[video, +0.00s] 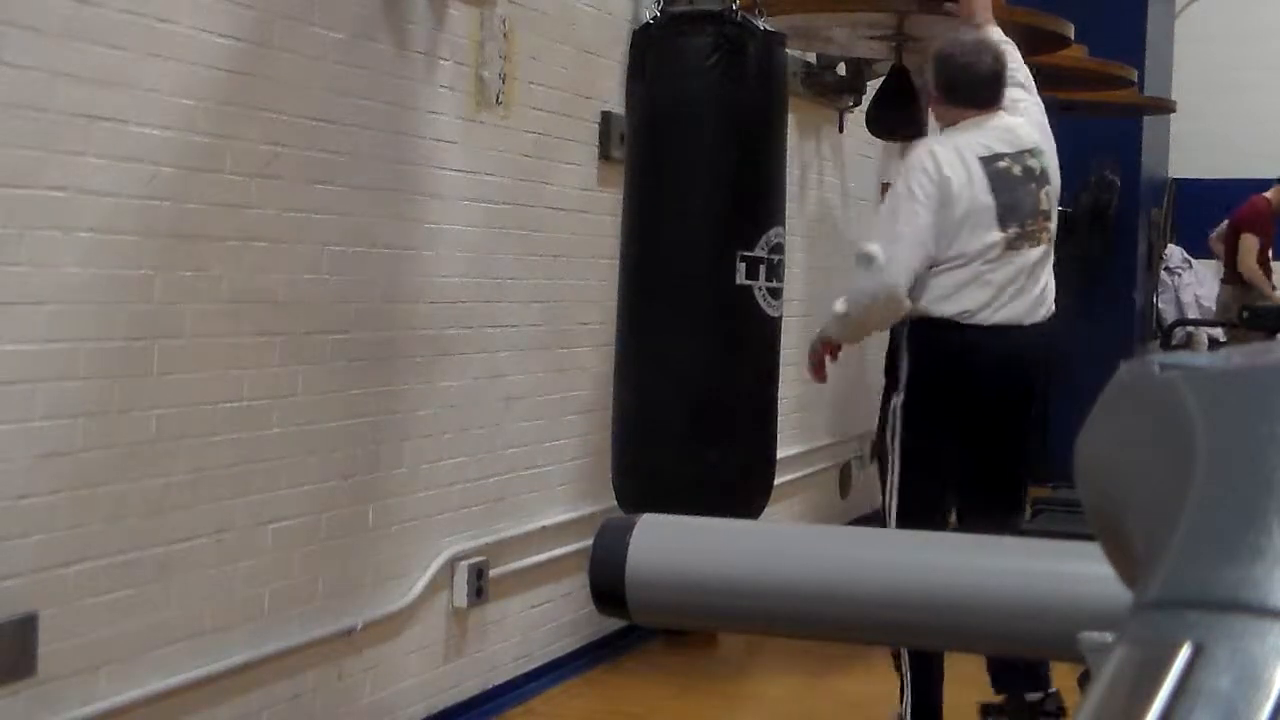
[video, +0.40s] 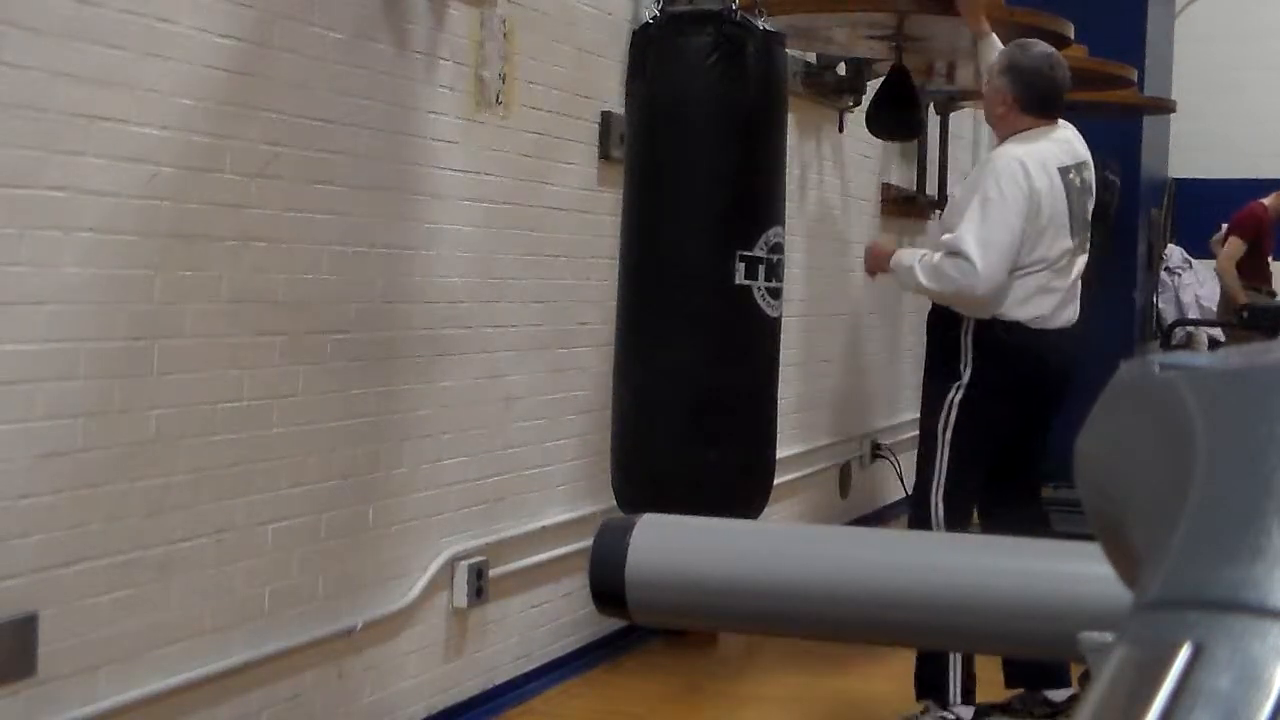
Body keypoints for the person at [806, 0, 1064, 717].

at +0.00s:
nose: (924, 86)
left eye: (924, 79)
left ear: (934, 92)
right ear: (1000, 85)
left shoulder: (930, 159)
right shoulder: (1032, 132)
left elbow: (889, 277)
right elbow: (1013, 74)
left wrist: (835, 332)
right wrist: (984, 22)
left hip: (939, 352)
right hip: (1020, 351)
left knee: (913, 529)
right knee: (998, 529)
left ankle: (920, 703)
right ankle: (1026, 691)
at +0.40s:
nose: (986, 94)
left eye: (991, 86)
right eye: (990, 85)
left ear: (1007, 100)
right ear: (1051, 99)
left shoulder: (1010, 164)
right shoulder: (1073, 145)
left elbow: (975, 274)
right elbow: (1018, 95)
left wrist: (899, 259)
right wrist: (986, 32)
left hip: (987, 346)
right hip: (1046, 348)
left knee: (939, 507)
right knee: (1016, 502)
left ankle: (947, 695)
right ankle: (1045, 681)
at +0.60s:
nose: (979, 99)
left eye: (991, 87)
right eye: (980, 86)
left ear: (1030, 97)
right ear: (1032, 98)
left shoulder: (1027, 165)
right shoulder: (1058, 149)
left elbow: (982, 268)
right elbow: (978, 177)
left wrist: (917, 221)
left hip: (999, 344)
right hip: (1039, 341)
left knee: (951, 503)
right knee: (1017, 502)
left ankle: (951, 693)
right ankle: (1044, 682)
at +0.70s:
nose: (978, 100)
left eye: (991, 89)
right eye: (978, 88)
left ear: (1029, 99)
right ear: (1018, 99)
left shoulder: (1032, 164)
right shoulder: (1032, 153)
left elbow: (989, 272)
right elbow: (965, 208)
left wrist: (918, 219)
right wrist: (928, 143)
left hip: (1000, 348)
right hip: (1015, 343)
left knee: (954, 511)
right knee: (1011, 509)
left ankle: (950, 691)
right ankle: (1044, 683)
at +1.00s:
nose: (959, 105)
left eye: (976, 93)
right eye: (952, 93)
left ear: (1012, 103)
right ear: (945, 100)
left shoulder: (1029, 173)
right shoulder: (944, 162)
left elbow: (1034, 284)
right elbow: (933, 246)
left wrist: (925, 266)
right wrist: (894, 259)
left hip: (996, 351)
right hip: (941, 346)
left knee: (967, 522)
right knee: (955, 517)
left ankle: (954, 691)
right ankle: (1031, 673)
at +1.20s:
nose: (950, 103)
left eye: (966, 92)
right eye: (941, 92)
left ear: (997, 103)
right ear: (929, 100)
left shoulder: (1022, 173)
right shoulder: (906, 164)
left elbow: (1041, 281)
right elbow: (867, 255)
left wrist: (940, 269)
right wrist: (870, 260)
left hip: (982, 361)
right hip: (909, 357)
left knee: (963, 525)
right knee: (873, 507)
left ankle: (955, 690)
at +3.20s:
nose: (906, 149)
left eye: (918, 136)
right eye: (893, 138)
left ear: (942, 125)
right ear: (876, 129)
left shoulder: (985, 164)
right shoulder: (853, 165)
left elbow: (1039, 257)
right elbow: (825, 257)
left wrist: (960, 274)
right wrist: (869, 288)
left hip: (963, 353)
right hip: (878, 352)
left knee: (955, 516)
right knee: (858, 511)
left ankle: (942, 668)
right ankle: (838, 673)